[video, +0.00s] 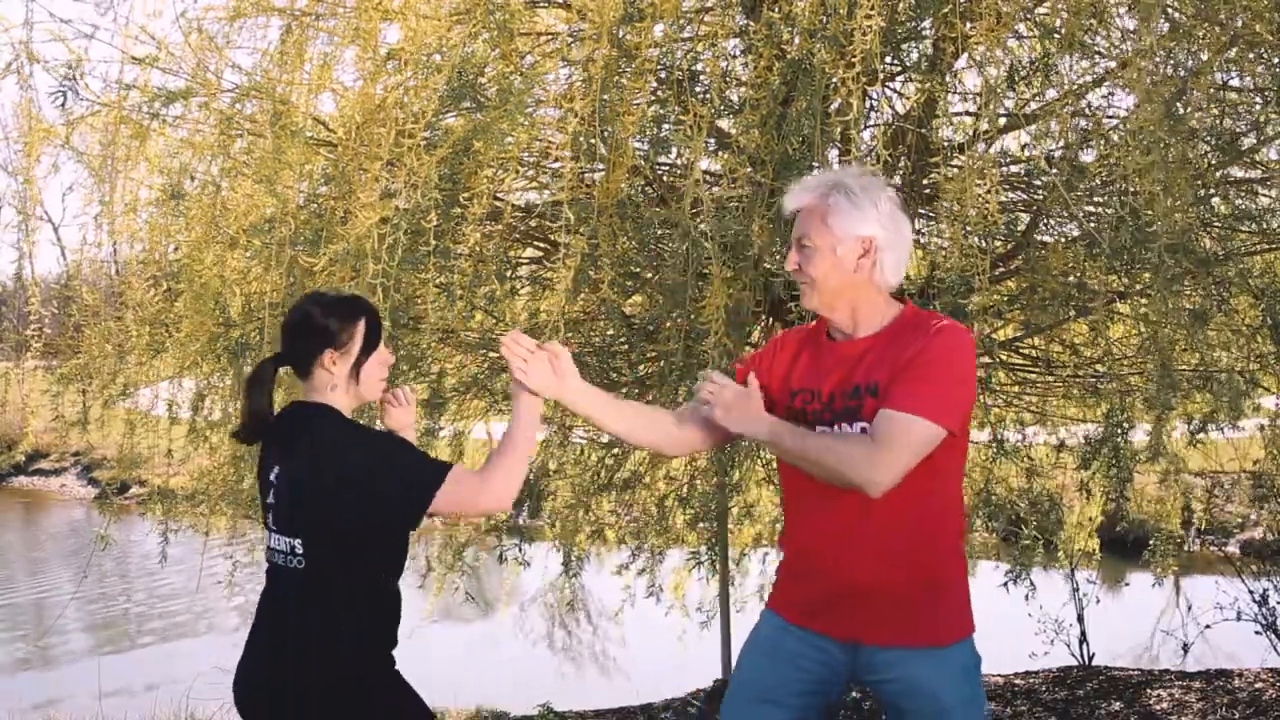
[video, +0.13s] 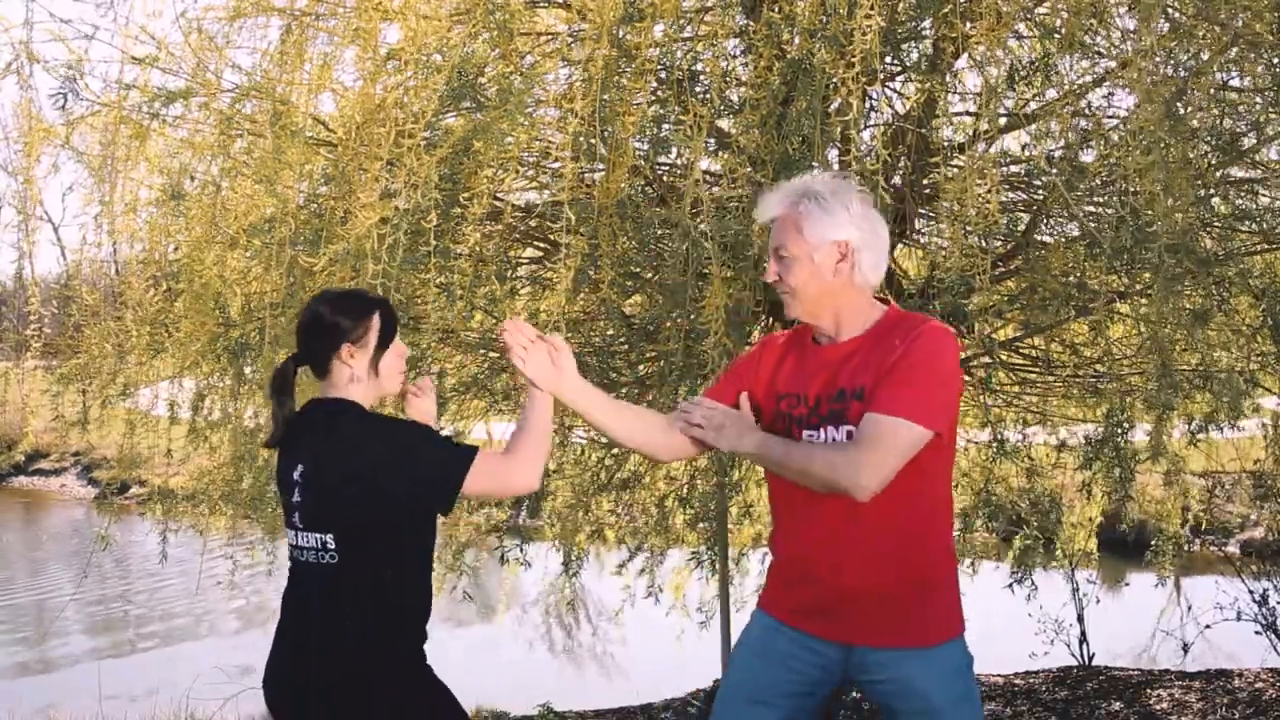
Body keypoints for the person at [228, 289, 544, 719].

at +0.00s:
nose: (390, 357)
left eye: (384, 344)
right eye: (378, 345)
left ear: (324, 365)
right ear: (333, 362)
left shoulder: (283, 432)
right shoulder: (359, 452)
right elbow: (493, 493)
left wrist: (400, 437)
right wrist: (529, 398)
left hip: (267, 682)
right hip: (348, 689)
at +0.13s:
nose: (405, 351)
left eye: (397, 339)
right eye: (391, 341)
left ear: (344, 358)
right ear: (350, 356)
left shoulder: (300, 434)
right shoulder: (387, 443)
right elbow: (522, 473)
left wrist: (420, 430)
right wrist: (542, 378)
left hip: (295, 682)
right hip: (381, 686)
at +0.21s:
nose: (414, 351)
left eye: (407, 337)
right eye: (401, 338)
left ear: (354, 352)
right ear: (359, 352)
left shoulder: (304, 431)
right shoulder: (392, 439)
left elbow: (388, 502)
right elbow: (527, 470)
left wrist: (425, 420)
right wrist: (535, 376)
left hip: (304, 681)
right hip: (390, 683)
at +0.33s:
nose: (416, 358)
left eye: (411, 343)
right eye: (405, 344)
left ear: (358, 358)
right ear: (363, 357)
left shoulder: (301, 435)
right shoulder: (392, 446)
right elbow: (527, 475)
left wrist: (429, 424)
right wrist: (534, 377)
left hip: (300, 684)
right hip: (388, 686)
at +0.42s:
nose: (419, 368)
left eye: (414, 354)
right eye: (409, 354)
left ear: (361, 363)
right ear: (366, 361)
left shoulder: (302, 437)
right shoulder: (393, 448)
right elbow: (528, 480)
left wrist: (436, 429)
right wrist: (528, 384)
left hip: (297, 683)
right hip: (384, 685)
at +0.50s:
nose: (431, 382)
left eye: (428, 368)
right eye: (424, 368)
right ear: (382, 372)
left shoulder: (312, 446)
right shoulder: (407, 454)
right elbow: (539, 499)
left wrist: (436, 432)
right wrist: (504, 436)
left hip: (300, 687)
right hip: (390, 688)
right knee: (482, 712)